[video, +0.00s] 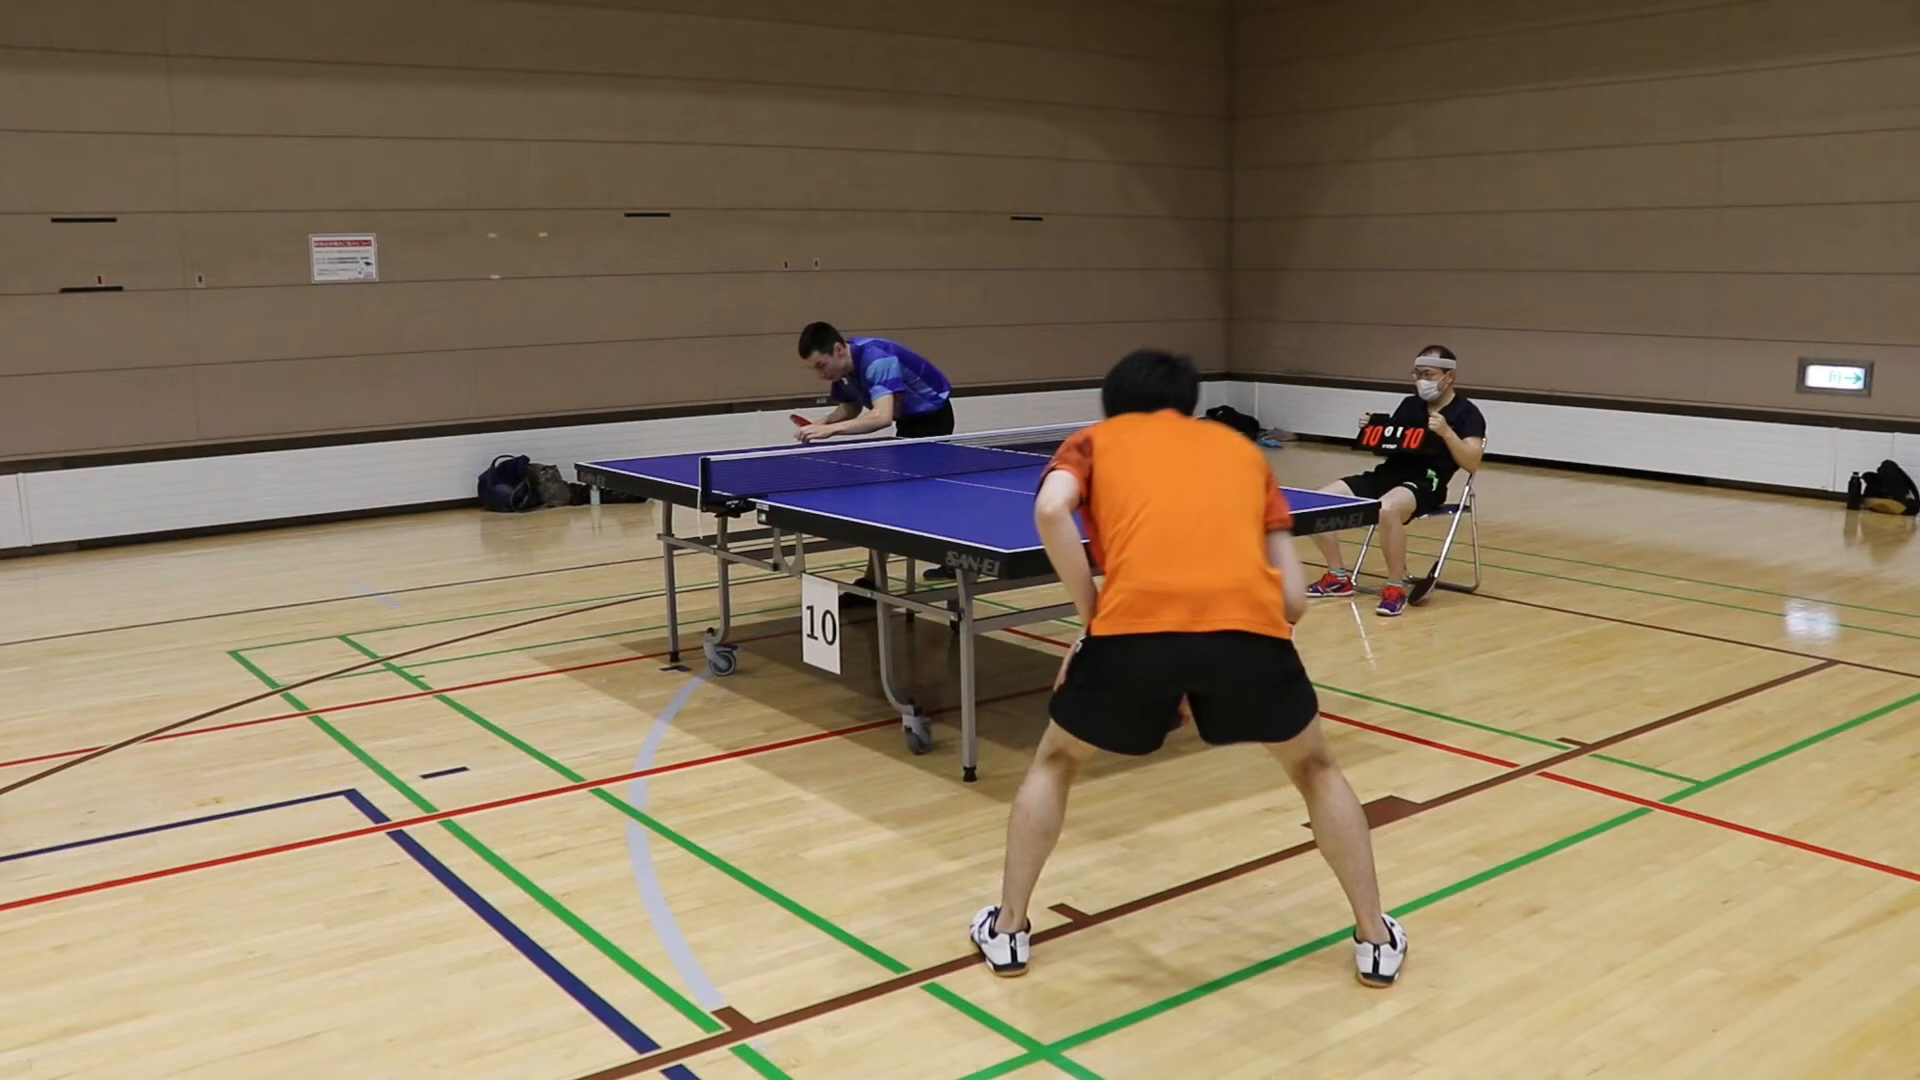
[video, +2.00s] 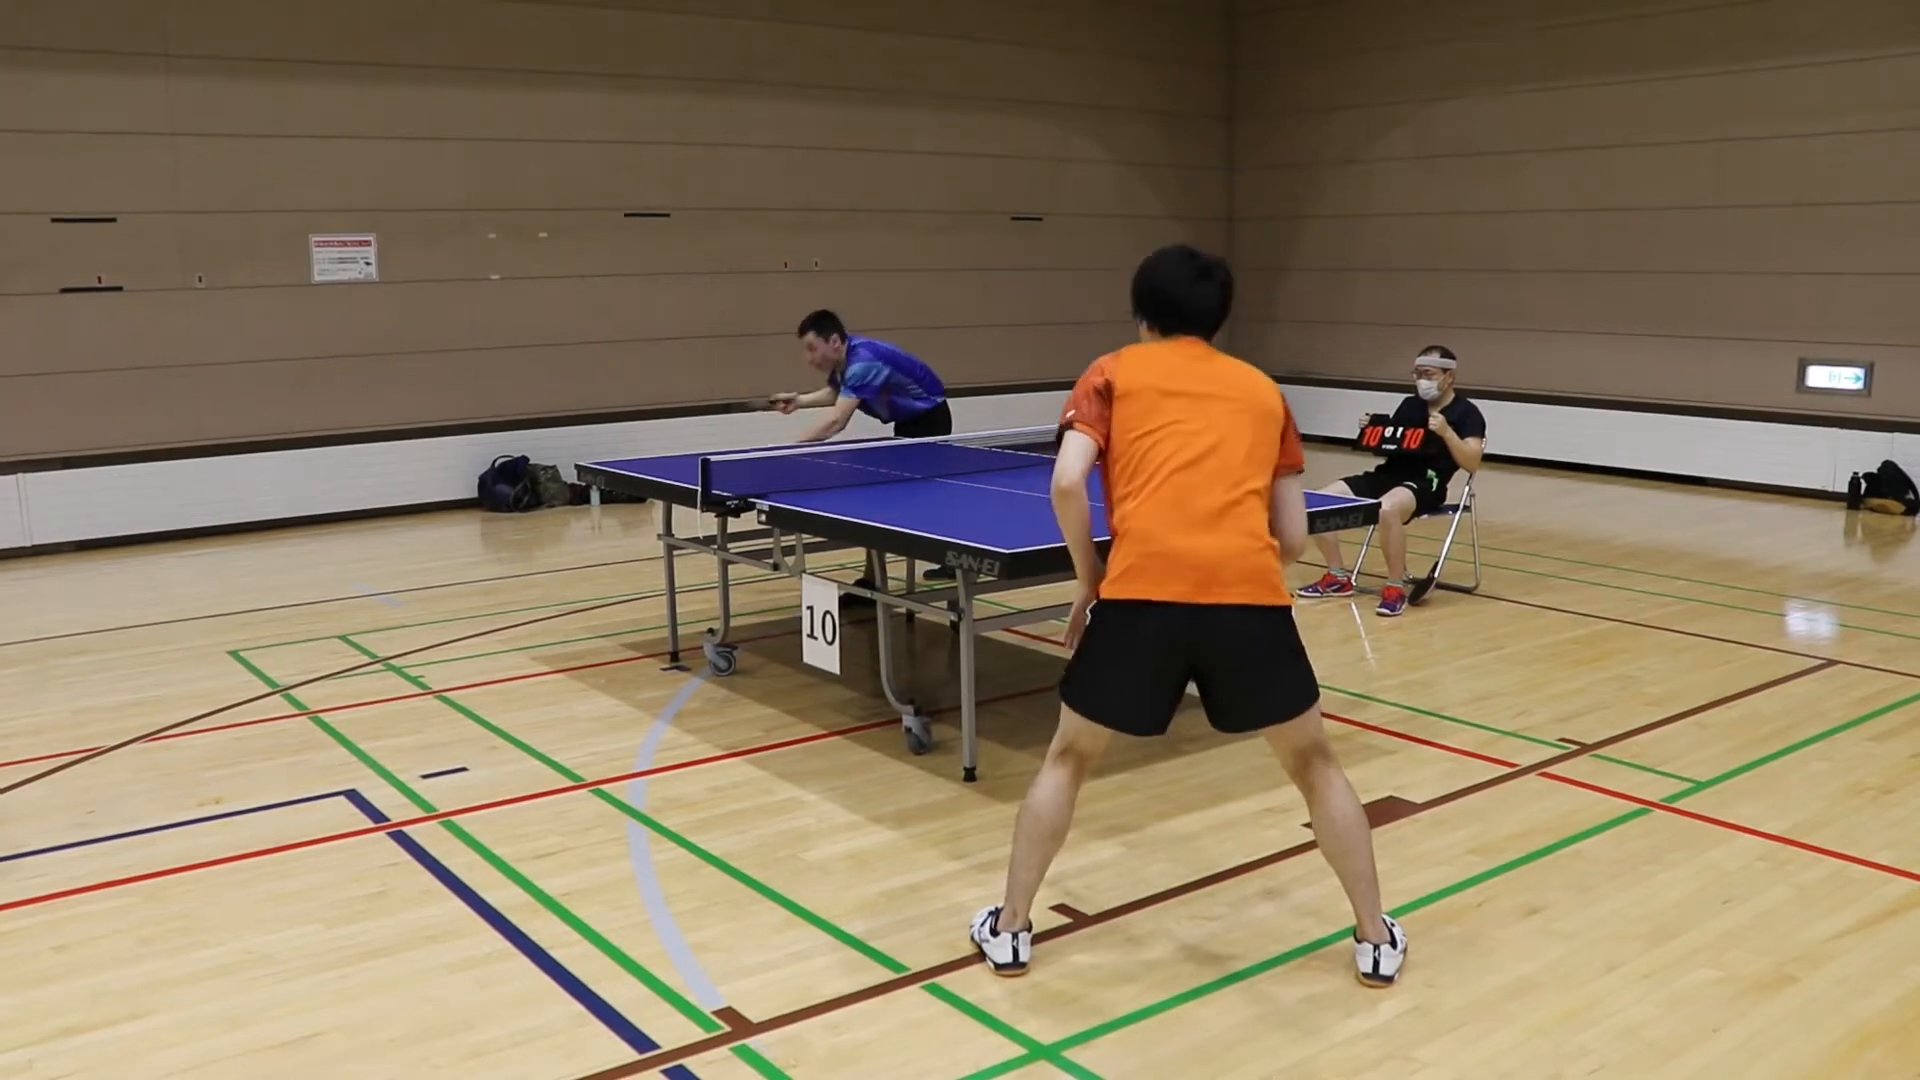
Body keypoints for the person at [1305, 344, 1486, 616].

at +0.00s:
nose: (1421, 381)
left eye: (1429, 375)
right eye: (1418, 374)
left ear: (1449, 378)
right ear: (1414, 375)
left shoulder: (1467, 414)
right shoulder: (1411, 404)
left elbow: (1472, 463)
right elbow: (1392, 437)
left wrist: (1446, 432)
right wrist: (1374, 426)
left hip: (1426, 481)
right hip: (1389, 474)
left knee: (1389, 509)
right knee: (1317, 502)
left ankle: (1395, 588)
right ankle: (1338, 575)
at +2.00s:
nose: (1423, 380)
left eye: (1430, 374)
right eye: (1419, 373)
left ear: (1450, 377)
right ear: (1414, 375)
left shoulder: (1467, 414)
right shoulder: (1411, 405)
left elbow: (1472, 463)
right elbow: (1393, 440)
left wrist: (1446, 433)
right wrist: (1373, 426)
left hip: (1427, 482)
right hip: (1390, 474)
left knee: (1389, 509)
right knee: (1319, 502)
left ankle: (1395, 588)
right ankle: (1337, 576)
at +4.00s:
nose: (1421, 382)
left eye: (1428, 376)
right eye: (1417, 375)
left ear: (1448, 378)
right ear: (1413, 375)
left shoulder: (1467, 414)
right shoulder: (1411, 405)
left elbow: (1472, 464)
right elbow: (1392, 440)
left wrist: (1447, 434)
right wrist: (1372, 427)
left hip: (1427, 482)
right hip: (1391, 474)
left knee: (1388, 510)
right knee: (1320, 502)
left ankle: (1394, 588)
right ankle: (1338, 577)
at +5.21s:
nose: (1419, 378)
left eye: (1427, 373)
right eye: (1417, 372)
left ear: (1448, 378)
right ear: (1413, 373)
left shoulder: (1467, 414)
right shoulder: (1411, 404)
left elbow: (1472, 463)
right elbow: (1393, 439)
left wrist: (1446, 432)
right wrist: (1372, 427)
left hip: (1427, 482)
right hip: (1390, 473)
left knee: (1389, 509)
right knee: (1318, 502)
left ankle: (1395, 588)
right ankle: (1338, 575)